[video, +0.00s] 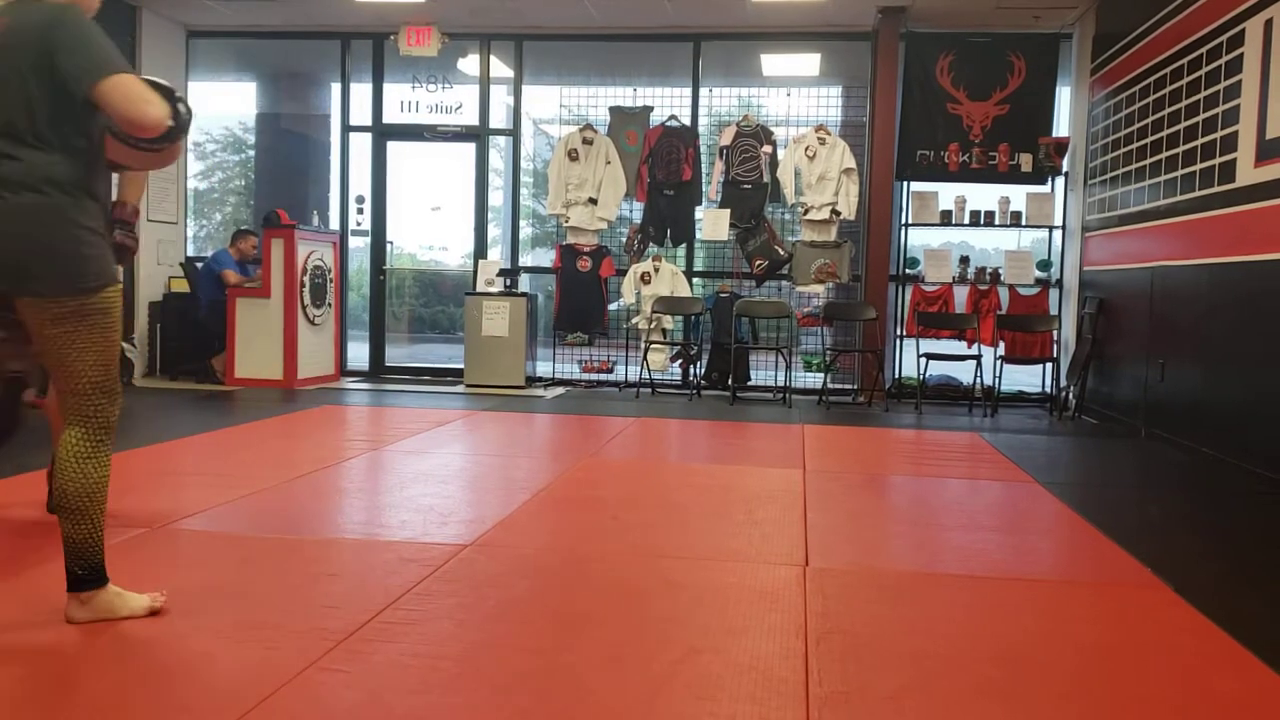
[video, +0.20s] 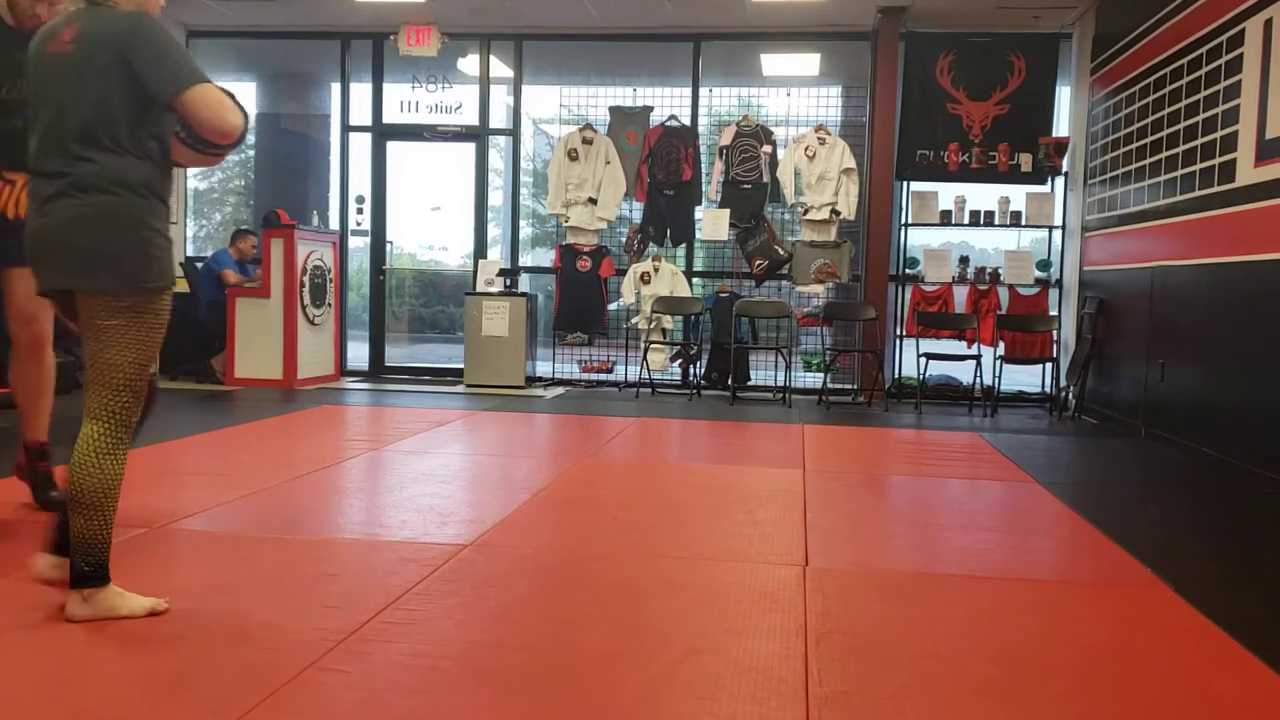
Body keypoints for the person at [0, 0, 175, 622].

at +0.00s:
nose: (101, 5)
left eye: (101, 4)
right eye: (98, 1)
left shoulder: (18, 25)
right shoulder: (57, 23)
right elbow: (147, 118)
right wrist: (161, 101)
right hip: (53, 240)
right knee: (88, 416)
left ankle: (86, 585)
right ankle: (88, 588)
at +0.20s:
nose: (165, 6)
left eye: (164, 2)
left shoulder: (47, 39)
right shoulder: (137, 29)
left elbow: (83, 133)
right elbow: (224, 123)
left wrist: (177, 148)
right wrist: (149, 127)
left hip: (54, 239)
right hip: (124, 240)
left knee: (119, 397)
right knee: (110, 414)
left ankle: (62, 548)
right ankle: (91, 587)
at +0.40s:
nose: (216, 12)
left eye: (214, 3)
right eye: (211, 3)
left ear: (147, 6)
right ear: (188, 4)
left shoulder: (104, 61)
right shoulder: (199, 49)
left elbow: (120, 151)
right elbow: (282, 140)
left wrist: (229, 162)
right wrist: (226, 157)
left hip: (119, 244)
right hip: (182, 245)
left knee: (199, 399)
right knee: (136, 417)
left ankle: (237, 545)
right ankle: (92, 583)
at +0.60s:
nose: (268, 12)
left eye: (266, 3)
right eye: (263, 4)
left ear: (202, 13)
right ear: (245, 7)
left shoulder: (173, 73)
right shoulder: (254, 55)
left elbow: (200, 159)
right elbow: (326, 143)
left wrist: (283, 160)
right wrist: (319, 153)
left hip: (188, 251)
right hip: (244, 253)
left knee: (242, 398)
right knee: (233, 405)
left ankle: (244, 547)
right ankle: (133, 542)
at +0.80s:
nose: (321, 20)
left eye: (319, 10)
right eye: (317, 10)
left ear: (256, 17)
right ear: (295, 12)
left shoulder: (232, 76)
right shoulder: (296, 63)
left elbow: (267, 154)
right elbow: (357, 147)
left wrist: (338, 168)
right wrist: (375, 140)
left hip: (231, 251)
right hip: (292, 252)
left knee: (258, 389)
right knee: (348, 385)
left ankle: (243, 548)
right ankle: (288, 529)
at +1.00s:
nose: (373, 45)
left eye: (372, 35)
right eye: (371, 34)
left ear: (310, 38)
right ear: (352, 32)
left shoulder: (289, 93)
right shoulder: (349, 80)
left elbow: (326, 171)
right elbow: (400, 170)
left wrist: (396, 173)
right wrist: (419, 157)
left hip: (284, 259)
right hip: (347, 260)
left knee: (279, 395)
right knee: (388, 397)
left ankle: (245, 545)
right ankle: (429, 524)